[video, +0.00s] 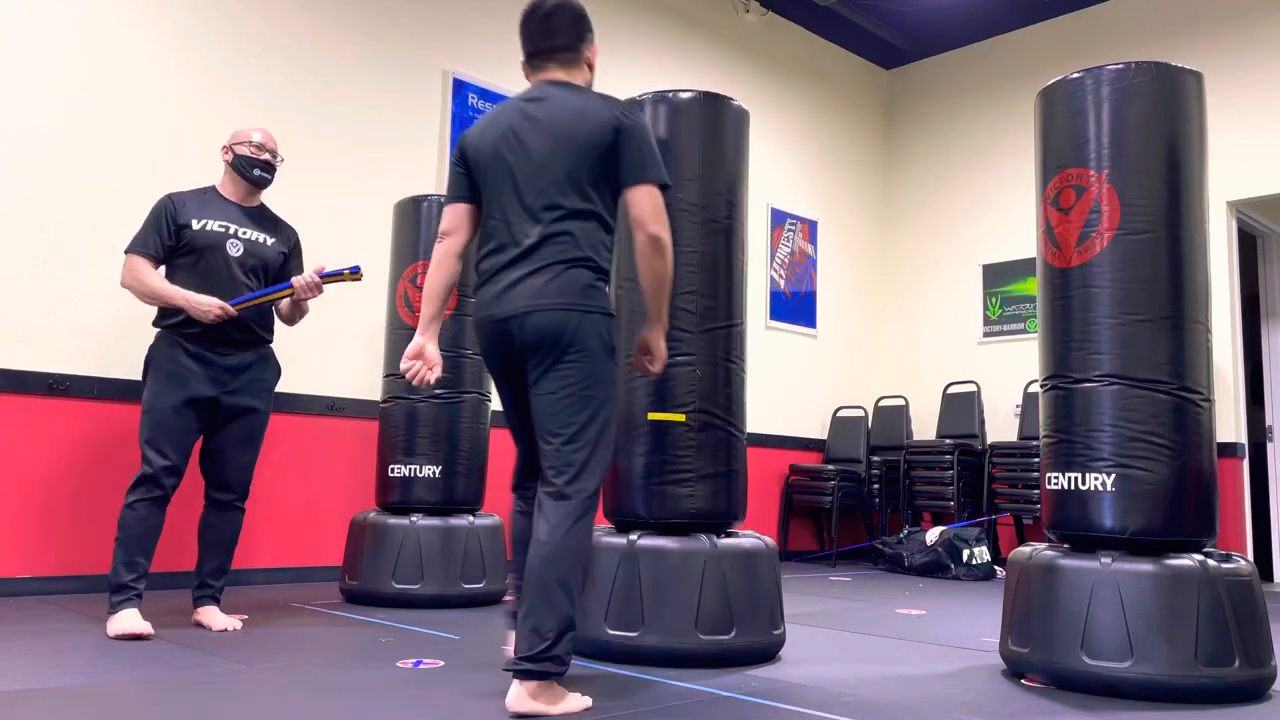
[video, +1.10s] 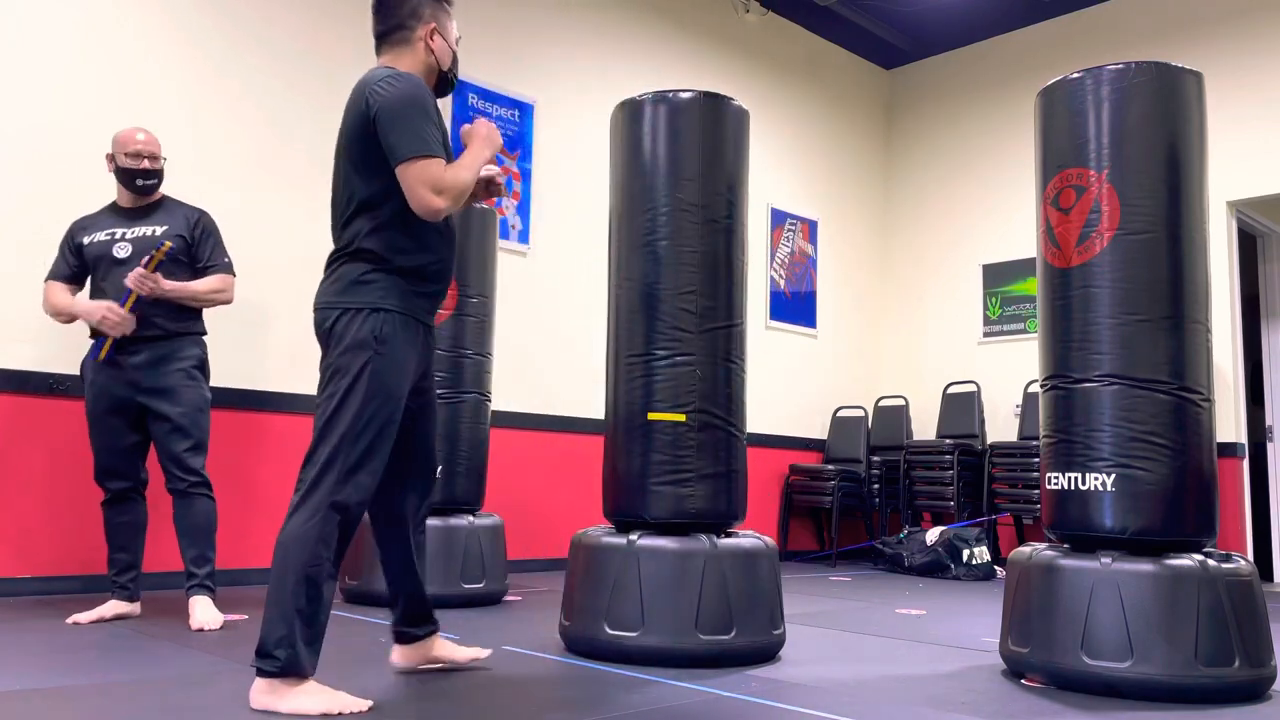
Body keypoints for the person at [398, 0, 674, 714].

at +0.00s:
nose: (596, 64)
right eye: (596, 54)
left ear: (523, 63)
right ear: (589, 54)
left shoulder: (479, 131)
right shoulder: (610, 117)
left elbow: (451, 237)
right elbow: (652, 231)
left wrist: (425, 330)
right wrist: (657, 326)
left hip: (496, 318)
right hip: (572, 310)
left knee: (533, 471)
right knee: (567, 487)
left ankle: (525, 626)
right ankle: (538, 678)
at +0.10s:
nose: (570, 48)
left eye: (563, 38)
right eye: (568, 38)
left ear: (499, 49)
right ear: (562, 40)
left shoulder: (460, 124)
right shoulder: (581, 99)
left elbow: (437, 235)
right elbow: (620, 203)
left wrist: (435, 330)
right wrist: (625, 285)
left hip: (471, 311)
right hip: (544, 307)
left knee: (485, 474)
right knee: (541, 490)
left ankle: (430, 626)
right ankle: (532, 680)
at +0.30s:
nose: (519, 60)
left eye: (516, 47)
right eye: (517, 47)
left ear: (448, 55)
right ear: (501, 48)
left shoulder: (416, 124)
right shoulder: (500, 105)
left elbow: (414, 237)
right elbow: (532, 199)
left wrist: (497, 280)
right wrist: (575, 224)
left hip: (407, 316)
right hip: (469, 313)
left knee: (379, 487)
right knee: (509, 488)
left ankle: (325, 656)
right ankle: (528, 678)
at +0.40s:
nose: (494, 60)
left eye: (493, 49)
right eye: (492, 48)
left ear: (424, 50)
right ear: (476, 46)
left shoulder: (395, 114)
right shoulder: (472, 101)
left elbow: (404, 214)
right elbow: (494, 205)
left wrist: (492, 226)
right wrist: (540, 199)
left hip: (376, 312)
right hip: (436, 314)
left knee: (355, 485)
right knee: (477, 485)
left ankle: (321, 656)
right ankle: (497, 671)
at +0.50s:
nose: (475, 51)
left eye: (471, 38)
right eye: (471, 38)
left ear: (404, 44)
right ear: (451, 38)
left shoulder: (381, 107)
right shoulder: (449, 96)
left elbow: (421, 204)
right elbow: (482, 206)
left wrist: (490, 185)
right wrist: (511, 167)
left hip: (363, 302)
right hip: (415, 304)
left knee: (352, 479)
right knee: (448, 477)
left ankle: (321, 654)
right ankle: (406, 667)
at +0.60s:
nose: (458, 46)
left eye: (455, 34)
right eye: (455, 33)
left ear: (390, 39)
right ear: (435, 33)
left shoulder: (366, 103)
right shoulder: (431, 92)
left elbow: (403, 204)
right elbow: (477, 205)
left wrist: (479, 180)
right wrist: (488, 169)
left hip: (357, 303)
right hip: (403, 305)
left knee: (353, 475)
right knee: (414, 477)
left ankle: (321, 648)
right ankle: (321, 658)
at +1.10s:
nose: (457, 49)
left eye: (455, 36)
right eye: (453, 35)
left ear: (405, 34)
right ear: (430, 33)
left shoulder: (393, 94)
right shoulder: (398, 89)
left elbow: (416, 199)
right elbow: (431, 199)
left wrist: (467, 188)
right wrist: (473, 156)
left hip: (398, 315)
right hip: (375, 311)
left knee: (401, 482)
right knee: (335, 488)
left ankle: (415, 636)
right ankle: (280, 674)